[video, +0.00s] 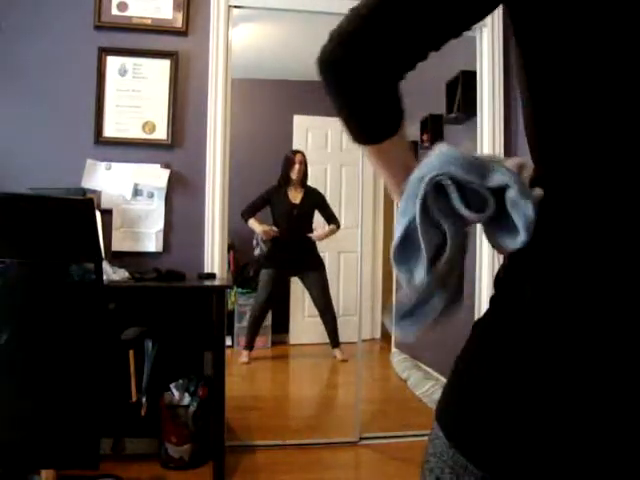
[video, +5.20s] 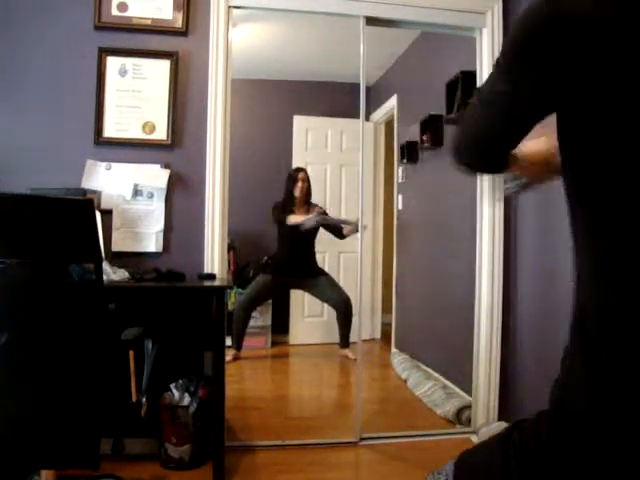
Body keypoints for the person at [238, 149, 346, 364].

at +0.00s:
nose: (298, 167)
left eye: (301, 164)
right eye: (294, 163)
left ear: (306, 168)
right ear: (286, 166)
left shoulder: (313, 195)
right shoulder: (275, 193)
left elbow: (335, 224)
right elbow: (246, 214)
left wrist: (320, 235)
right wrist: (260, 228)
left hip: (305, 252)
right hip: (277, 252)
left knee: (323, 301)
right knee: (262, 301)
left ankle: (336, 347)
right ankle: (247, 348)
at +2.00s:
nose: (291, 167)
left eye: (293, 164)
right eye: (286, 164)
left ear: (298, 168)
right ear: (279, 169)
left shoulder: (309, 194)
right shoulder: (271, 196)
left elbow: (325, 223)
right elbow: (259, 227)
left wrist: (314, 224)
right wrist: (275, 224)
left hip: (301, 256)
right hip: (273, 257)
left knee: (320, 300)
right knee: (257, 301)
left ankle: (335, 346)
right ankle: (245, 348)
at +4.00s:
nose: (302, 183)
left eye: (305, 180)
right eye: (298, 180)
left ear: (310, 184)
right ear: (291, 183)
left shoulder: (316, 211)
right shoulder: (278, 209)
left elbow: (331, 242)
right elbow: (261, 238)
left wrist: (338, 224)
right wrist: (258, 215)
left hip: (307, 272)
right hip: (277, 272)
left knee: (341, 302)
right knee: (244, 302)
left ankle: (341, 347)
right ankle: (239, 350)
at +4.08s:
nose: (301, 183)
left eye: (304, 179)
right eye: (297, 179)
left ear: (309, 183)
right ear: (289, 183)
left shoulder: (316, 209)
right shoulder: (277, 208)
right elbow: (258, 237)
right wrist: (261, 218)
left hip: (308, 271)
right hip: (276, 271)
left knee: (342, 302)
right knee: (242, 303)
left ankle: (342, 346)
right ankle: (238, 350)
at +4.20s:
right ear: (276, 207)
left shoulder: (312, 218)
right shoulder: (272, 221)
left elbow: (317, 247)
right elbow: (267, 249)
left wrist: (328, 235)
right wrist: (259, 231)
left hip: (306, 274)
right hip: (273, 275)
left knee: (343, 303)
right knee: (241, 305)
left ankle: (343, 347)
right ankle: (237, 350)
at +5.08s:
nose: (301, 187)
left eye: (304, 183)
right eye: (297, 183)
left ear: (308, 186)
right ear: (289, 186)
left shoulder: (316, 212)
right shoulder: (280, 210)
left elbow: (334, 234)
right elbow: (270, 226)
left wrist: (341, 234)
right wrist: (285, 228)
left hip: (309, 272)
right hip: (279, 272)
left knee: (344, 303)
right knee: (244, 304)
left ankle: (345, 347)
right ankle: (235, 350)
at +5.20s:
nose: (301, 185)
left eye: (304, 181)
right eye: (297, 181)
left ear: (309, 185)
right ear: (290, 184)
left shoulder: (316, 211)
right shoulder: (280, 209)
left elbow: (338, 233)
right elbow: (284, 220)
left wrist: (352, 229)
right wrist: (307, 219)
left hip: (308, 272)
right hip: (279, 271)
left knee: (343, 302)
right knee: (243, 304)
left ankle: (344, 347)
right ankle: (236, 350)